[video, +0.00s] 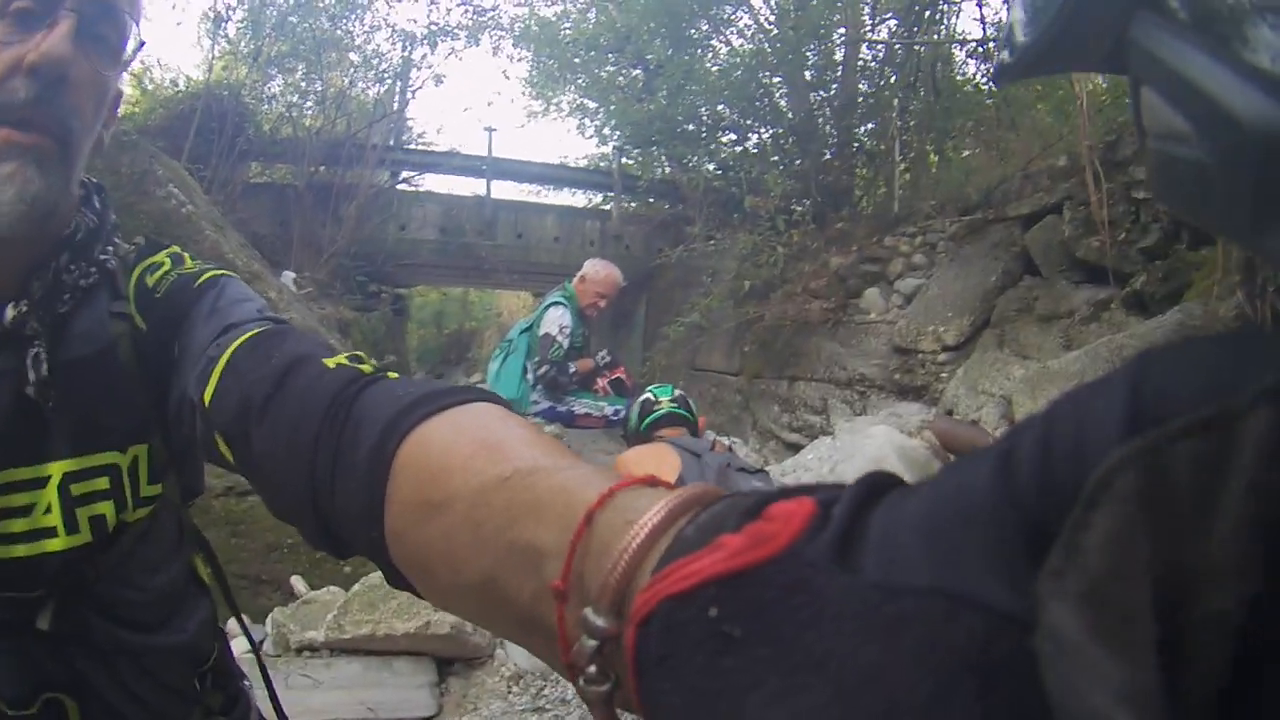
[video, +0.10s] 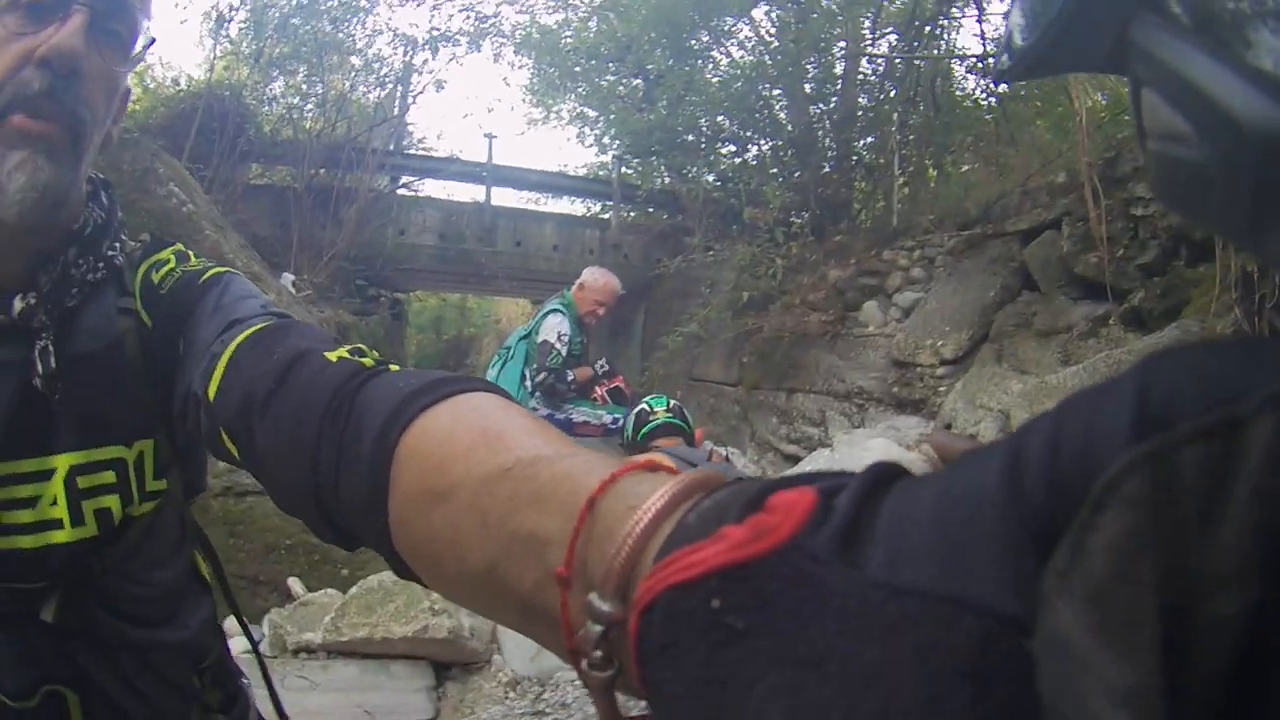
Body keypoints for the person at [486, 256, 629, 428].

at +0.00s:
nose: (603, 305)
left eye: (608, 300)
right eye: (599, 296)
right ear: (580, 282)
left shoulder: (573, 309)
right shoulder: (559, 312)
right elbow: (547, 375)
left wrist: (593, 381)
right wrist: (592, 363)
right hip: (536, 402)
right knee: (627, 412)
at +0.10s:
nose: (602, 313)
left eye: (607, 308)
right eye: (598, 304)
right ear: (578, 289)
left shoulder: (570, 316)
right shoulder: (558, 319)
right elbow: (545, 381)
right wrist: (592, 371)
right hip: (534, 407)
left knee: (624, 413)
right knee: (624, 420)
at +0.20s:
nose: (615, 307)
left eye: (621, 302)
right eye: (612, 299)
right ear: (592, 284)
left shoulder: (584, 311)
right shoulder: (572, 314)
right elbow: (561, 377)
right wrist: (606, 366)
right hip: (549, 404)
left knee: (639, 408)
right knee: (640, 416)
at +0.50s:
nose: (618, 307)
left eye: (623, 301)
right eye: (614, 298)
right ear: (594, 285)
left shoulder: (585, 312)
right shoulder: (573, 314)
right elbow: (561, 376)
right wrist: (606, 367)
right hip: (548, 404)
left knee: (637, 407)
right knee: (638, 415)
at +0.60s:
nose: (620, 306)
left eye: (624, 301)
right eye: (616, 297)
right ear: (595, 285)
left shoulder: (586, 312)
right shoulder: (574, 314)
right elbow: (560, 375)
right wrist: (601, 369)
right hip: (548, 404)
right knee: (636, 416)